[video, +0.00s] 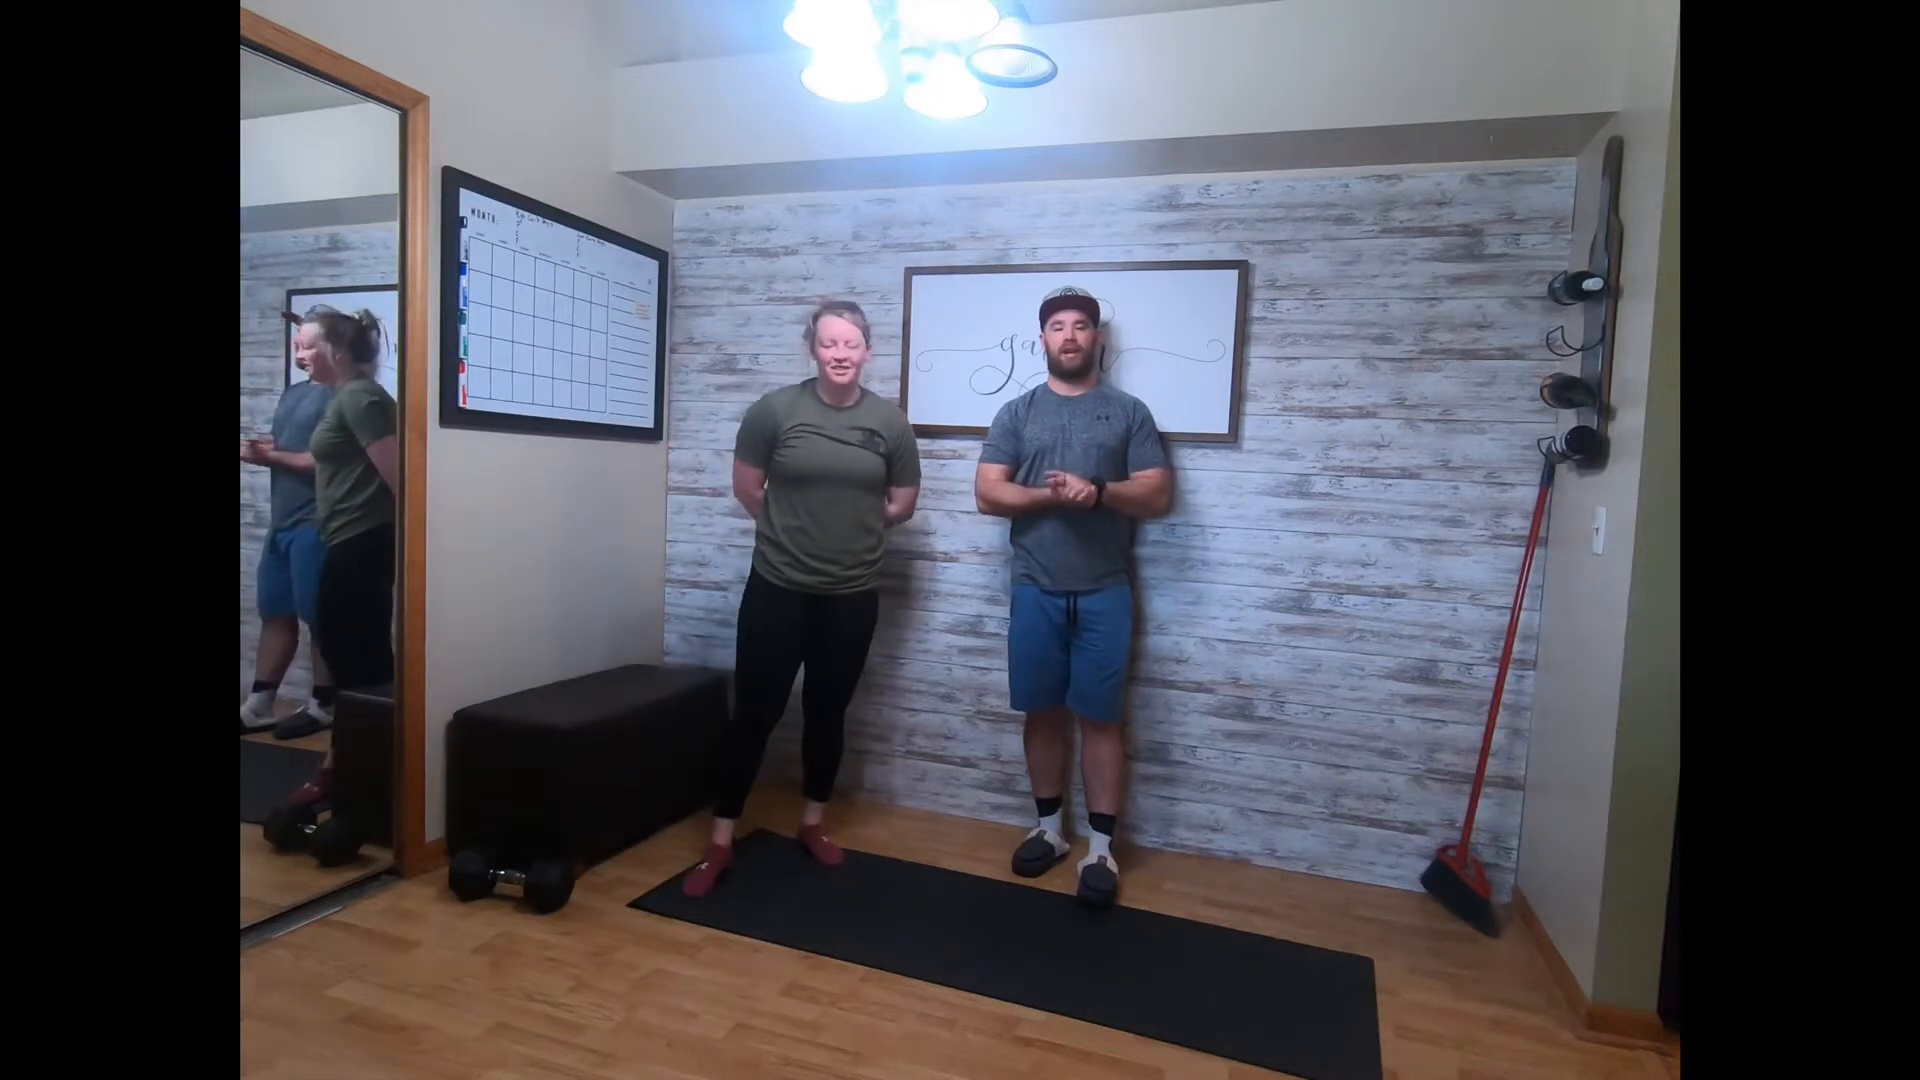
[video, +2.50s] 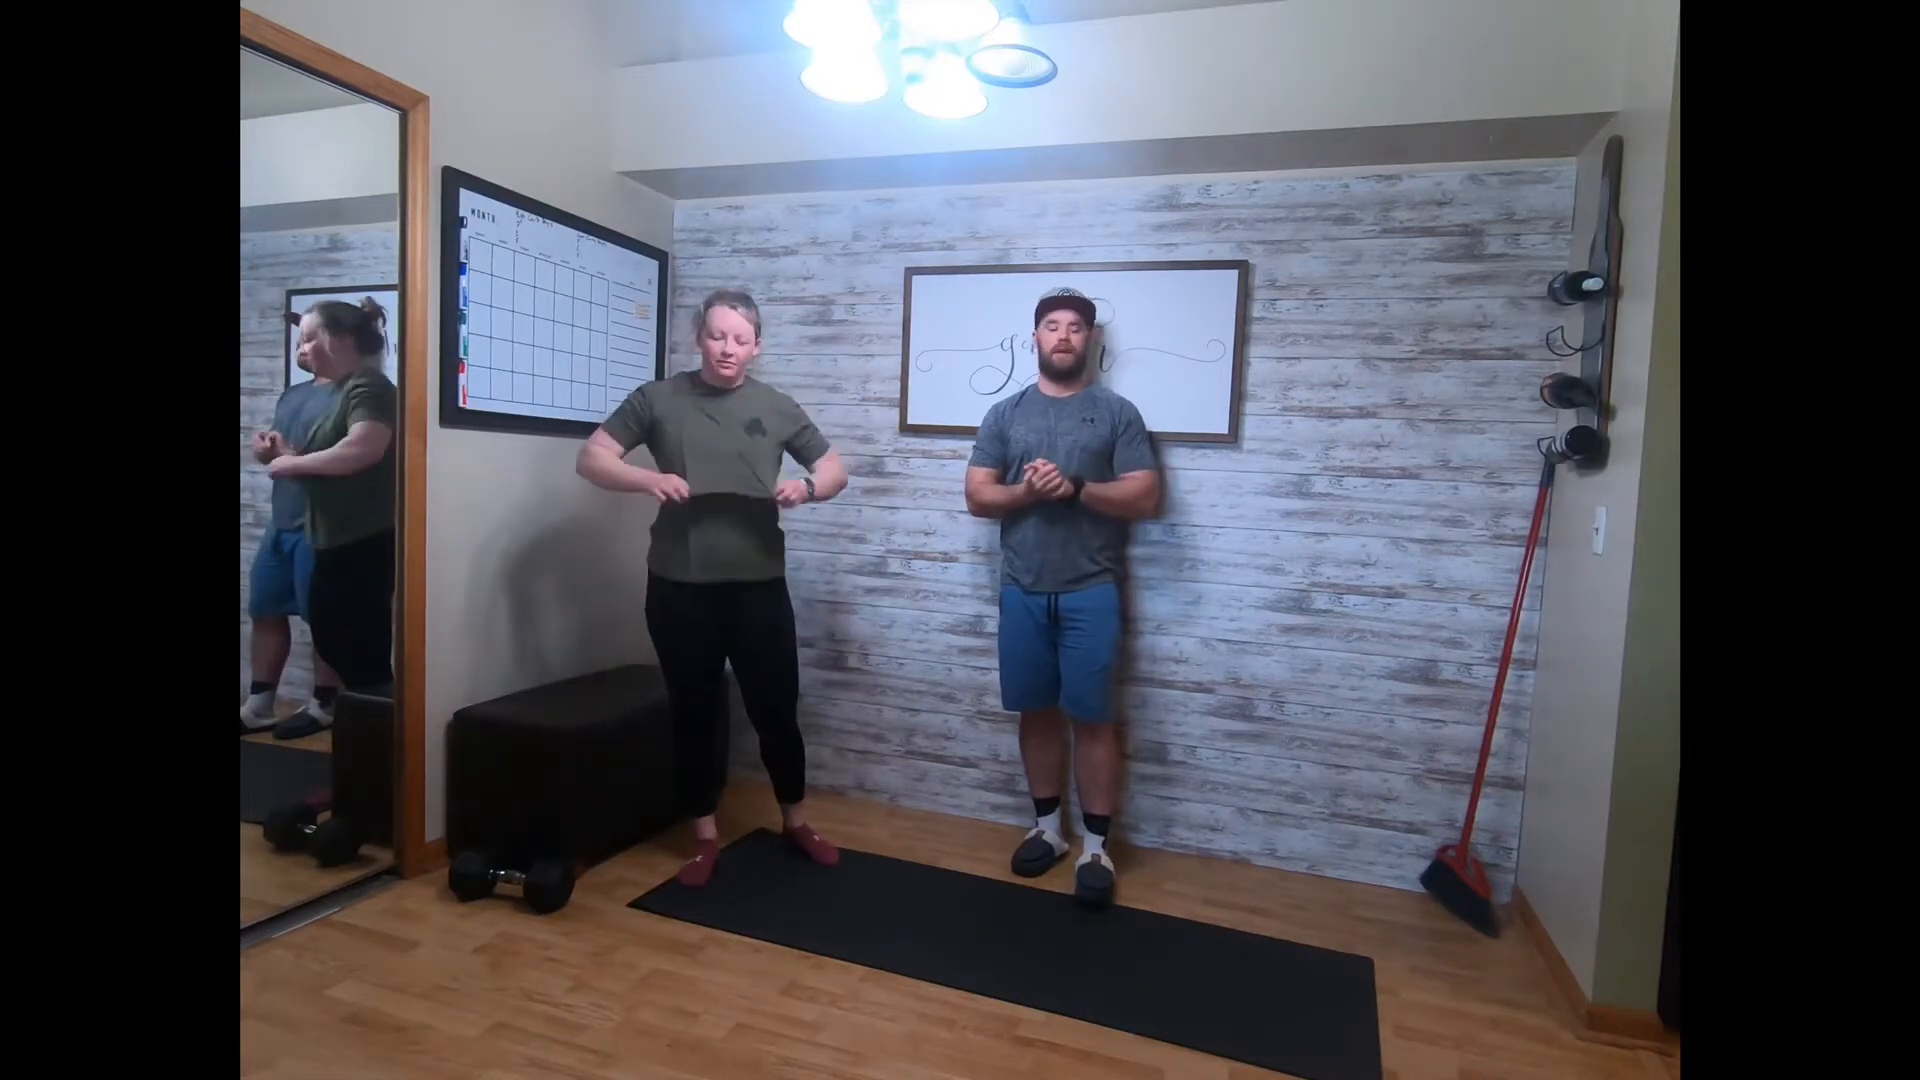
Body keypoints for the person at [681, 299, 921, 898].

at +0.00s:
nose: (840, 353)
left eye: (851, 343)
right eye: (830, 343)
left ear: (867, 351)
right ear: (812, 351)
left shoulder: (890, 422)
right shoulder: (773, 411)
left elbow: (903, 502)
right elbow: (747, 487)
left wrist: (844, 524)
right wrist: (794, 527)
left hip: (850, 595)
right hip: (777, 588)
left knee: (826, 713)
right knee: (753, 713)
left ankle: (813, 825)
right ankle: (721, 841)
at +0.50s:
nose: (791, 344)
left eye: (802, 336)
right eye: (781, 336)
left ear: (820, 346)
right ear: (765, 346)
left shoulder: (847, 419)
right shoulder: (728, 408)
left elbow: (859, 503)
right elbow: (699, 488)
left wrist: (806, 525)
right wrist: (749, 527)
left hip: (814, 594)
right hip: (736, 589)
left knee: (805, 712)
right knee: (725, 712)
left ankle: (811, 823)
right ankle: (710, 833)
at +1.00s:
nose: (743, 338)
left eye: (754, 330)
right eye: (732, 329)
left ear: (773, 343)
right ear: (715, 340)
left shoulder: (798, 404)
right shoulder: (681, 393)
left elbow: (844, 469)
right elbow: (615, 453)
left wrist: (836, 467)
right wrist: (659, 451)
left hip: (775, 590)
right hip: (696, 587)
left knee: (792, 715)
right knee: (703, 716)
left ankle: (808, 823)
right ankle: (706, 836)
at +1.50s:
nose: (720, 341)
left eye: (732, 333)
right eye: (709, 333)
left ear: (752, 343)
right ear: (695, 342)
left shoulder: (778, 396)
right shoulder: (664, 390)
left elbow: (845, 462)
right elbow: (595, 453)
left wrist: (799, 419)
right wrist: (655, 409)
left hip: (761, 584)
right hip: (681, 584)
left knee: (780, 713)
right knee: (696, 716)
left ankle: (801, 824)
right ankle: (707, 840)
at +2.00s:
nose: (723, 348)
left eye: (735, 338)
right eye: (712, 337)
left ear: (753, 347)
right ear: (696, 343)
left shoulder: (775, 408)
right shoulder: (661, 398)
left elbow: (824, 488)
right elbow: (605, 472)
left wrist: (785, 447)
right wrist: (658, 423)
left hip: (755, 584)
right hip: (677, 586)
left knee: (776, 713)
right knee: (694, 719)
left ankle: (794, 823)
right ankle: (706, 839)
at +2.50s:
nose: (727, 349)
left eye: (739, 339)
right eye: (717, 337)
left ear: (757, 347)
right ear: (698, 341)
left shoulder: (775, 407)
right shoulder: (658, 399)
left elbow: (833, 468)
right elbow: (592, 458)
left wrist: (809, 486)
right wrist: (648, 479)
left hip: (758, 590)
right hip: (680, 590)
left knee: (777, 712)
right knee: (696, 717)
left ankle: (796, 823)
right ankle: (706, 839)